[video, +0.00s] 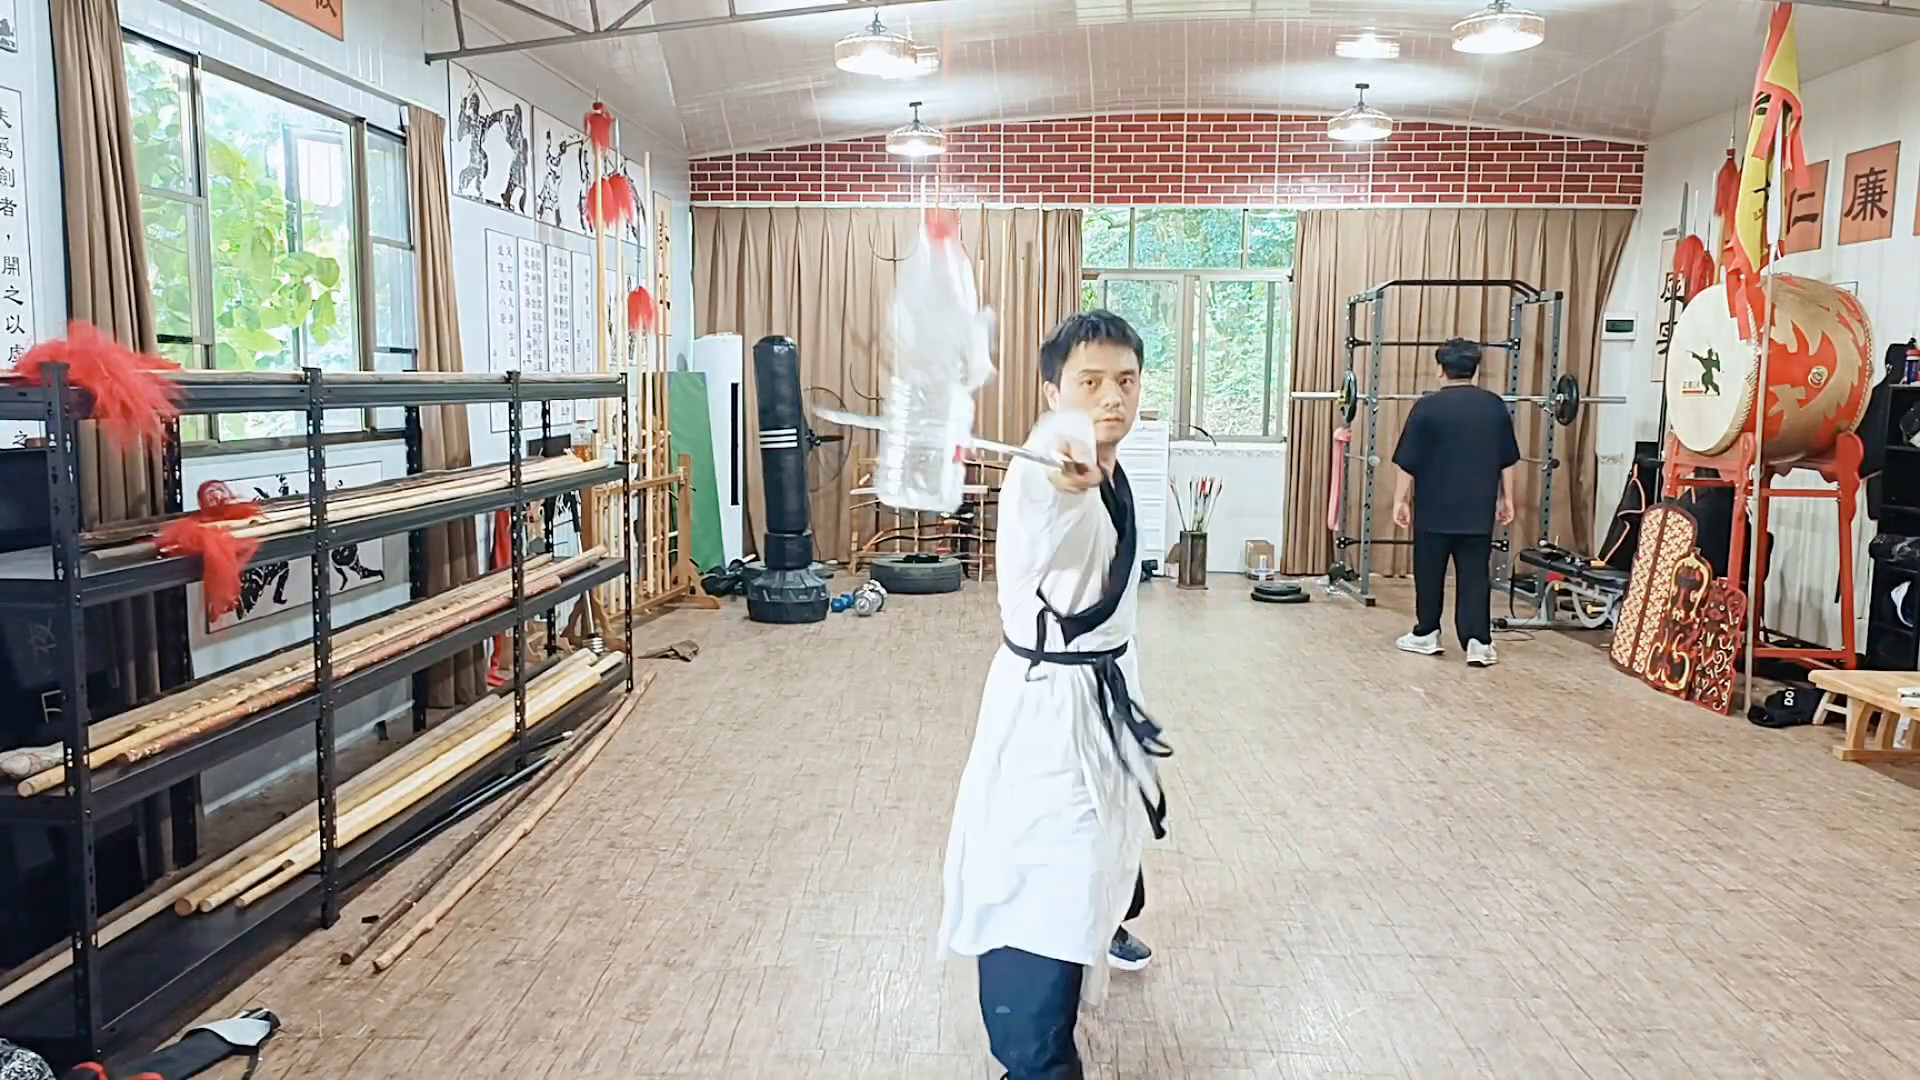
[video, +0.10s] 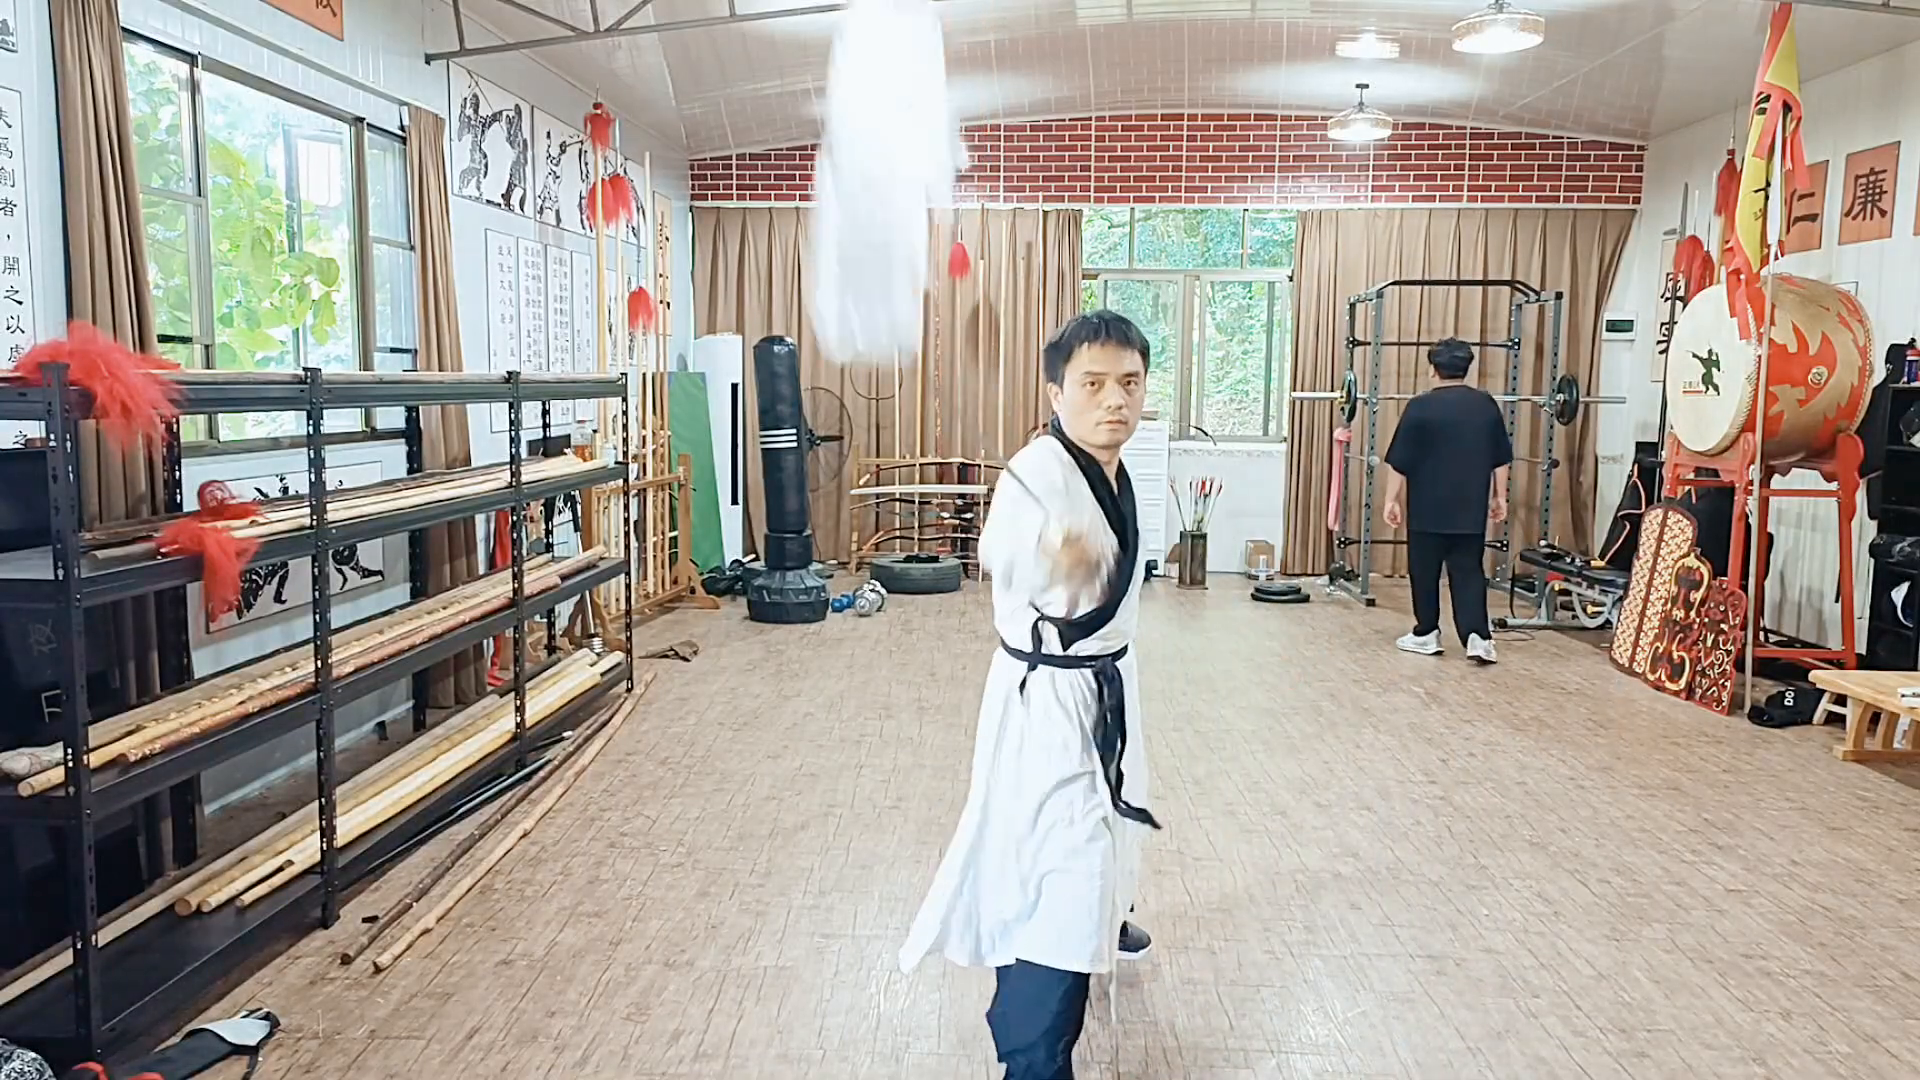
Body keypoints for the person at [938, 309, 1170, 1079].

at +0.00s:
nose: (1113, 398)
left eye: (1127, 380)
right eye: (1091, 380)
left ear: (1141, 389)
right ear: (1052, 391)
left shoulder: (1108, 459)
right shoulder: (1044, 462)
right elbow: (1042, 493)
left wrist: (1120, 696)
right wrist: (1070, 486)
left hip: (1103, 685)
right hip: (1045, 698)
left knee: (1107, 818)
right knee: (1040, 886)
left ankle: (1098, 928)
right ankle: (1038, 1058)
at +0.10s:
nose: (1118, 399)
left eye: (1131, 381)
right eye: (1097, 383)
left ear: (1145, 390)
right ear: (1057, 392)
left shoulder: (1110, 469)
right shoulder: (1035, 476)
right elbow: (1019, 547)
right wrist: (1061, 560)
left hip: (1104, 682)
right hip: (1048, 698)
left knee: (1100, 812)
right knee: (1068, 885)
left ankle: (1089, 924)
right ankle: (1035, 1055)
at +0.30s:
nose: (1116, 401)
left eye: (1129, 384)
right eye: (1095, 384)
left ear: (1143, 395)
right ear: (1055, 397)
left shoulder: (1124, 474)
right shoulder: (1023, 494)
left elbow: (1114, 567)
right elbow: (981, 628)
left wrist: (1130, 627)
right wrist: (1028, 670)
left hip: (1110, 688)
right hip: (1047, 704)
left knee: (1091, 873)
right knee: (1058, 888)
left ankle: (1061, 1049)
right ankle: (1035, 1057)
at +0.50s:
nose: (1110, 386)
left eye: (1124, 370)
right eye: (1091, 370)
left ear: (1140, 380)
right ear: (1058, 379)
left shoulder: (1135, 457)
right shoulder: (1022, 474)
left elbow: (1156, 549)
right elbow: (994, 591)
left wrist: (1229, 591)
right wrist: (1037, 626)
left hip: (1108, 666)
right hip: (1037, 673)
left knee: (1097, 817)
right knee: (1034, 844)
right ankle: (1028, 1049)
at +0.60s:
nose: (1111, 377)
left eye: (1125, 361)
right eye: (1092, 361)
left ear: (1141, 372)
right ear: (1058, 372)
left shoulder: (1140, 453)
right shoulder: (1025, 464)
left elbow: (1163, 552)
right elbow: (987, 578)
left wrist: (1244, 583)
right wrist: (1028, 617)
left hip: (1110, 658)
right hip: (1038, 664)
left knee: (1088, 815)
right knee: (1040, 833)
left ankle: (1049, 973)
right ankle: (1012, 1026)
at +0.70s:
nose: (1111, 379)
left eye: (1125, 363)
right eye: (1092, 364)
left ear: (1141, 373)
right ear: (1059, 374)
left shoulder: (1146, 453)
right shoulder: (1025, 465)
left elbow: (1155, 561)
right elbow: (985, 580)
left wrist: (1239, 591)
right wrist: (1025, 621)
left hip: (1110, 654)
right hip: (1039, 663)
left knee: (1104, 794)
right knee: (1052, 841)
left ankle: (1082, 925)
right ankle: (1017, 1037)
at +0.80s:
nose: (1110, 387)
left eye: (1124, 371)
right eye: (1091, 372)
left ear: (1140, 379)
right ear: (1059, 382)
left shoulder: (1142, 458)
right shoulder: (1026, 471)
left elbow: (1153, 567)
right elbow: (986, 588)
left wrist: (1229, 612)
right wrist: (1027, 626)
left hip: (1112, 660)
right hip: (1043, 669)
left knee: (1112, 797)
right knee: (1055, 841)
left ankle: (1085, 930)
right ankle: (1016, 1032)